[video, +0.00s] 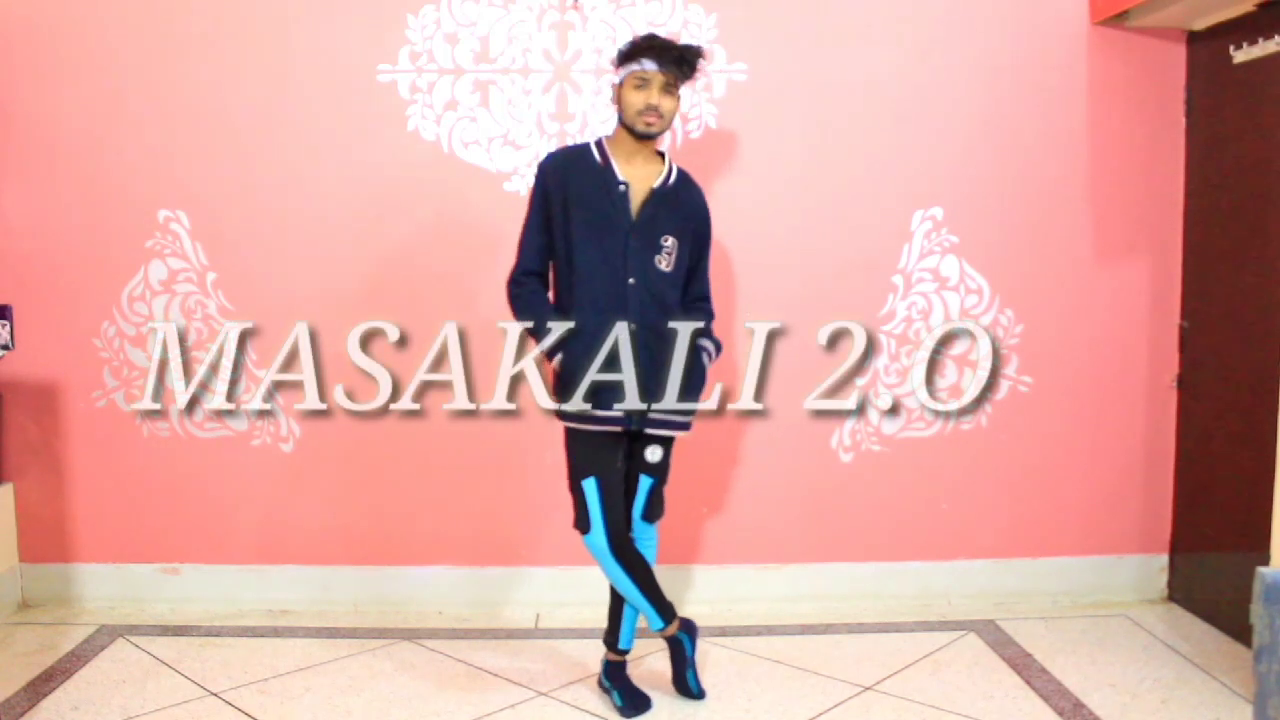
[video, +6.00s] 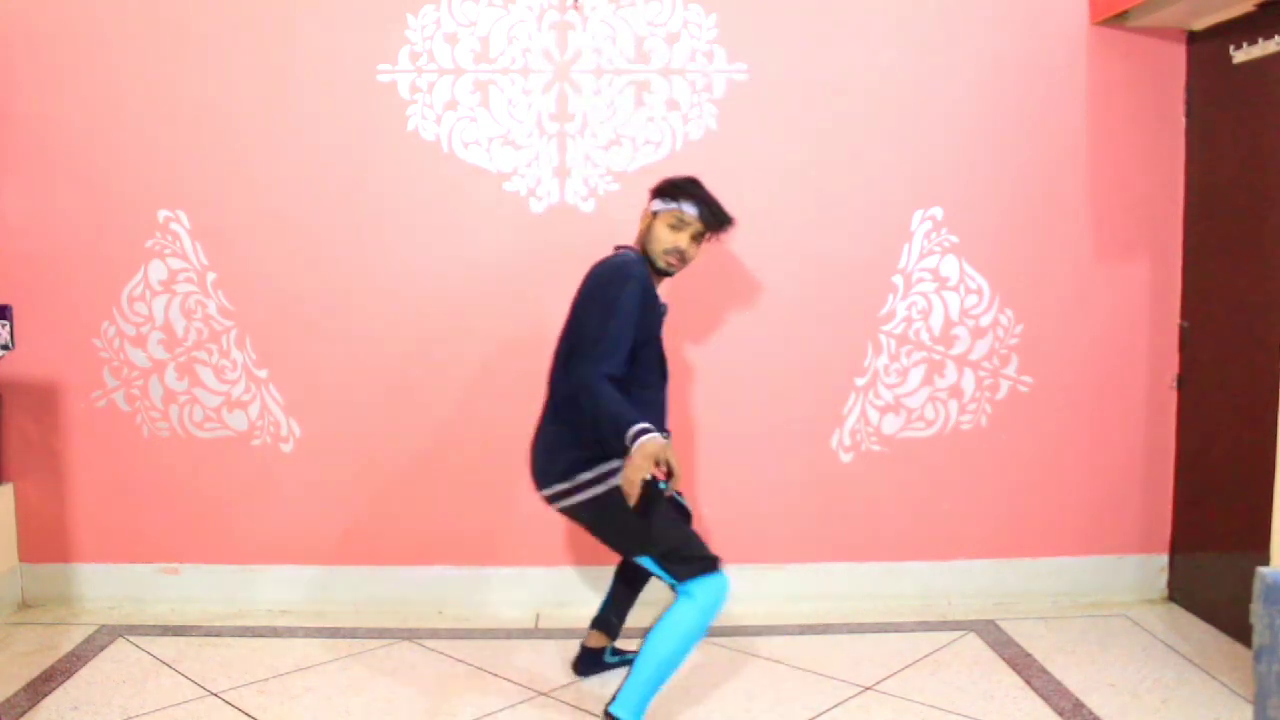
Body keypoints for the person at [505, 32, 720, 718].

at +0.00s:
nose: (652, 99)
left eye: (666, 89)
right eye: (639, 84)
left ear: (679, 101)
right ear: (616, 92)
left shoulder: (687, 194)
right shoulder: (564, 171)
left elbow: (696, 295)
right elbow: (526, 278)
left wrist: (701, 352)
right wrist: (556, 343)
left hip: (664, 381)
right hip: (590, 378)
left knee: (639, 523)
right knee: (597, 527)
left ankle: (616, 662)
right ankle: (675, 630)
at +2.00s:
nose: (602, 91)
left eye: (615, 80)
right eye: (589, 80)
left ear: (634, 95)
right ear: (568, 93)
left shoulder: (654, 186)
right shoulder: (532, 178)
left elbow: (662, 296)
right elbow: (517, 289)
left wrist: (659, 388)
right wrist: (543, 381)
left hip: (631, 380)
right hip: (559, 377)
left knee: (627, 516)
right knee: (562, 506)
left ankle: (624, 664)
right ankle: (583, 602)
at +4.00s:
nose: (613, 134)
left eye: (626, 125)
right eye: (603, 120)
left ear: (638, 136)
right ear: (580, 123)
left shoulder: (650, 200)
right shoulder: (538, 206)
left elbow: (710, 252)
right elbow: (523, 293)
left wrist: (752, 232)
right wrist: (467, 294)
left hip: (641, 394)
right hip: (559, 399)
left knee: (725, 495)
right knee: (504, 512)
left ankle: (702, 612)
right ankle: (485, 623)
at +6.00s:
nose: (683, 244)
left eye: (697, 238)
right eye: (675, 226)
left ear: (701, 247)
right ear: (648, 220)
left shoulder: (638, 287)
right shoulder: (624, 277)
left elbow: (626, 388)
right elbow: (588, 375)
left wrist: (649, 452)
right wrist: (641, 434)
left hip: (587, 460)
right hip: (580, 464)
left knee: (667, 519)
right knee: (707, 584)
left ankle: (596, 648)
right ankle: (624, 712)